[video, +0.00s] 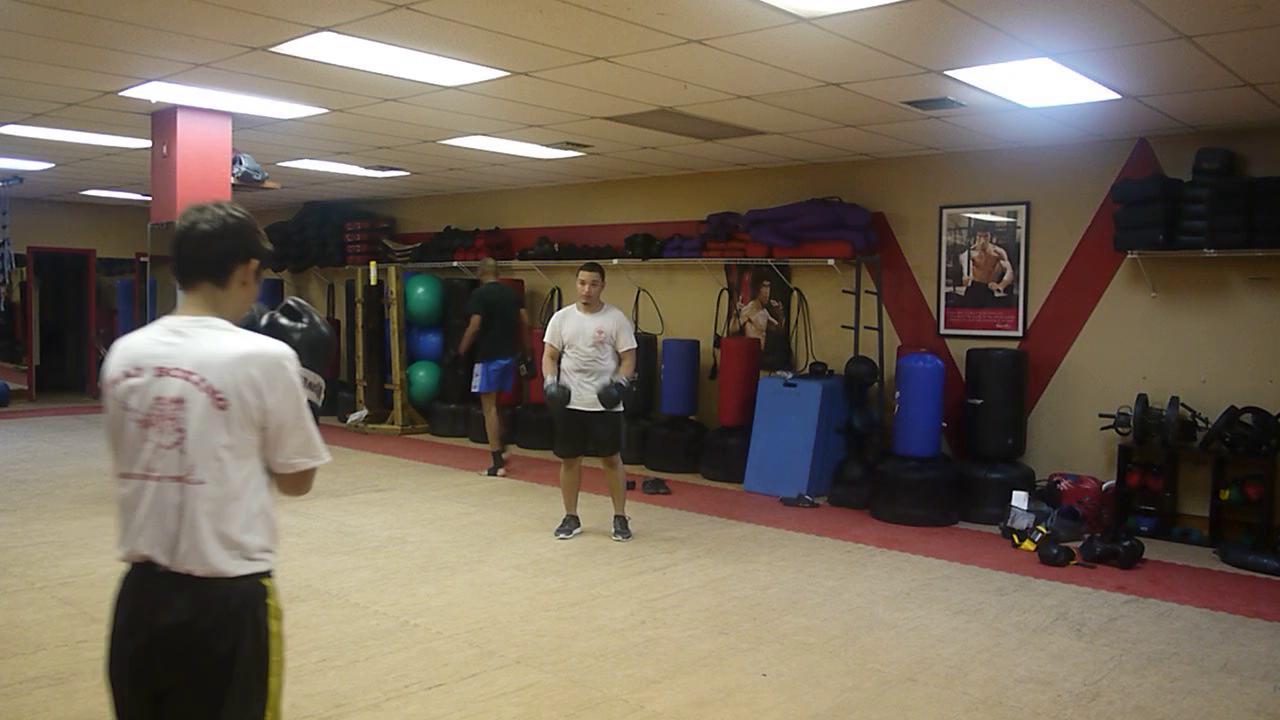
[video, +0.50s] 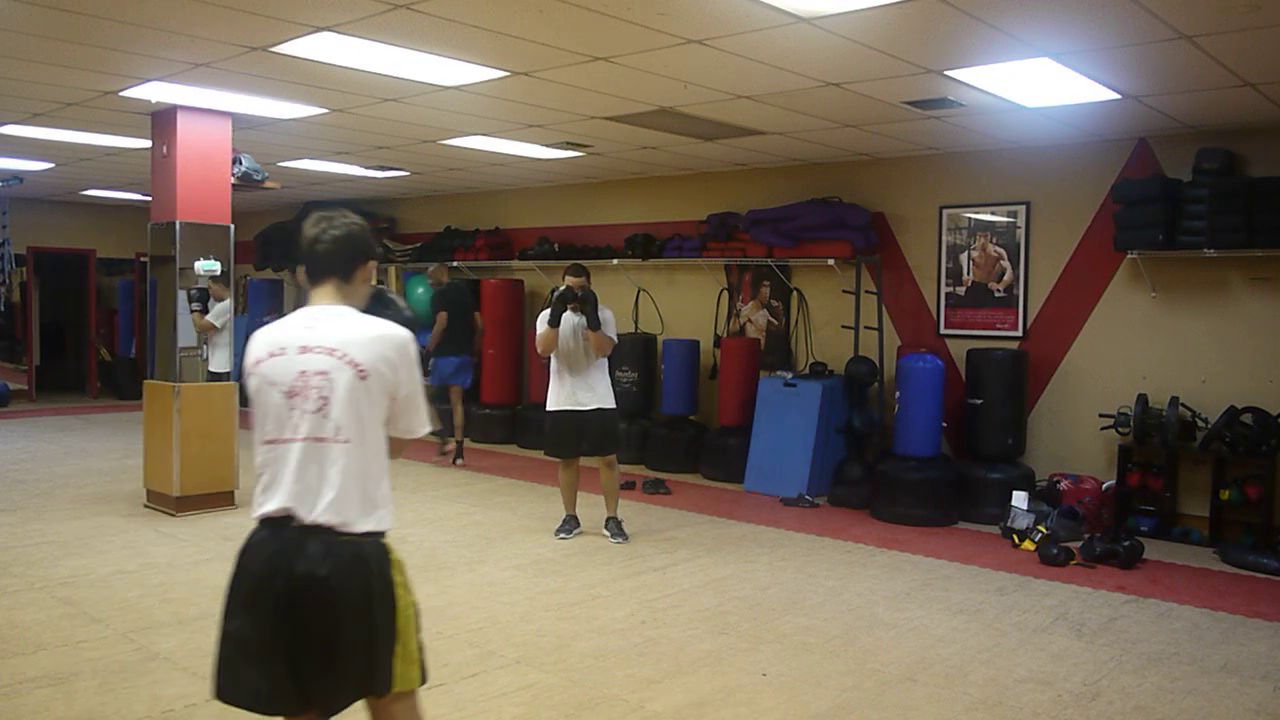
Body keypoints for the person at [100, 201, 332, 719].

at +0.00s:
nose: (257, 290)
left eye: (260, 277)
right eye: (258, 276)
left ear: (180, 269)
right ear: (244, 273)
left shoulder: (123, 355)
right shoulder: (264, 358)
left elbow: (130, 461)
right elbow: (297, 480)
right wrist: (292, 381)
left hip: (142, 600)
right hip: (232, 609)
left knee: (143, 713)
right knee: (236, 712)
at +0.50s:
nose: (374, 277)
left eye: (372, 267)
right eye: (373, 267)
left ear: (302, 272)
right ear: (366, 268)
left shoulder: (260, 343)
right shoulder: (392, 342)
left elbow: (266, 432)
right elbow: (399, 441)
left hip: (271, 554)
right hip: (356, 560)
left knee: (299, 707)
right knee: (394, 702)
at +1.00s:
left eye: (432, 271)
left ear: (433, 277)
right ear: (494, 277)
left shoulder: (398, 338)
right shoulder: (523, 341)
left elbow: (387, 435)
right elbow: (546, 443)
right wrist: (488, 425)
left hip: (414, 539)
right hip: (493, 541)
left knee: (408, 673)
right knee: (483, 685)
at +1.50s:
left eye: (482, 291)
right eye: (542, 286)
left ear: (482, 295)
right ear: (537, 289)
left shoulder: (461, 349)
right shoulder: (571, 345)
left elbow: (453, 435)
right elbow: (607, 432)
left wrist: (506, 426)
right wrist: (553, 418)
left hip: (481, 518)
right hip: (549, 519)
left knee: (495, 645)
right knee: (550, 646)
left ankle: (491, 719)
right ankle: (536, 715)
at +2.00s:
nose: (571, 302)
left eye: (570, 294)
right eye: (569, 295)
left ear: (579, 293)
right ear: (627, 288)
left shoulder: (566, 340)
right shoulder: (667, 337)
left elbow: (545, 407)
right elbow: (697, 398)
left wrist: (597, 398)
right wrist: (647, 383)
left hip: (580, 503)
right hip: (646, 503)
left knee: (542, 623)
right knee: (655, 628)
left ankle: (510, 716)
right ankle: (663, 718)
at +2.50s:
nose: (636, 300)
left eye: (634, 291)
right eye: (635, 291)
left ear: (642, 287)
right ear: (683, 280)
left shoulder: (631, 334)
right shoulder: (724, 332)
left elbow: (591, 393)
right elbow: (726, 390)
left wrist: (648, 391)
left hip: (631, 494)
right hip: (696, 495)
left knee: (598, 613)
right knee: (682, 627)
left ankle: (579, 716)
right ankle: (673, 718)